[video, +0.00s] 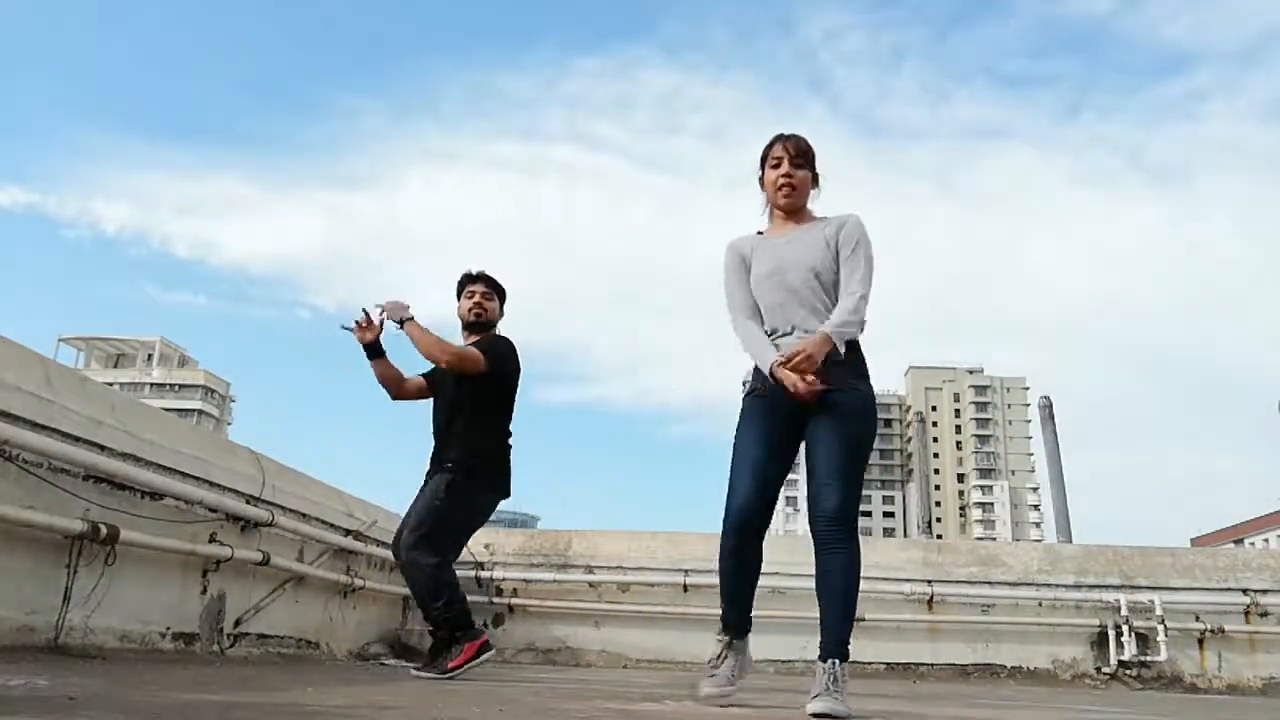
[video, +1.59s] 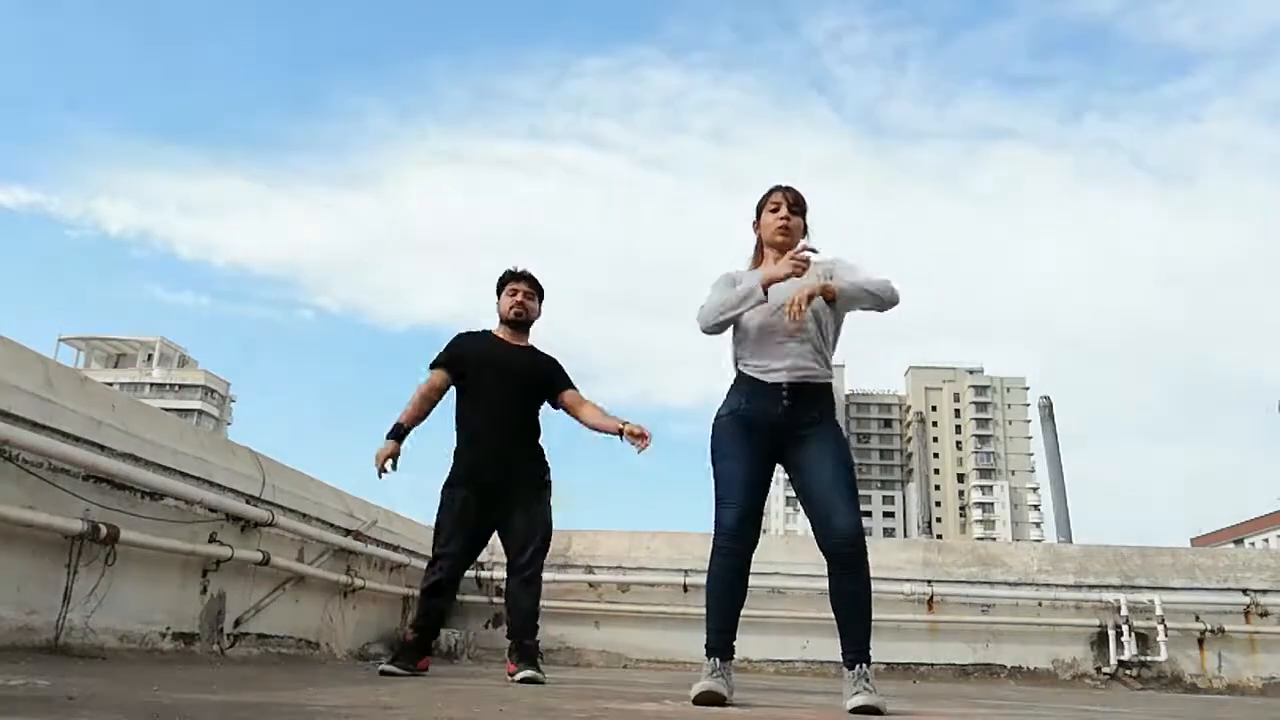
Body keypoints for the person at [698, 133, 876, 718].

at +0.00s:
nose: (786, 171)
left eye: (797, 164)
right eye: (776, 163)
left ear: (814, 179)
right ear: (762, 179)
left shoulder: (844, 229)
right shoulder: (741, 248)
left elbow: (855, 303)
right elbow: (743, 319)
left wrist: (823, 340)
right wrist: (780, 368)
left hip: (838, 383)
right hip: (770, 385)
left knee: (833, 519)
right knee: (742, 514)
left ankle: (832, 668)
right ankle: (733, 646)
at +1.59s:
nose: (784, 215)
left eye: (794, 209)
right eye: (775, 209)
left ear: (806, 229)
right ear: (756, 227)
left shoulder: (829, 270)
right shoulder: (738, 279)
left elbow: (887, 295)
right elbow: (708, 321)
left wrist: (825, 285)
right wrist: (767, 278)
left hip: (813, 417)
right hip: (746, 414)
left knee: (846, 538)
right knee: (734, 532)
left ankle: (858, 673)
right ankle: (717, 666)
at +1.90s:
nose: (785, 214)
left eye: (795, 209)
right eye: (775, 207)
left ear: (804, 228)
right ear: (755, 223)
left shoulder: (826, 280)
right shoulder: (728, 276)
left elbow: (848, 345)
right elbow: (676, 321)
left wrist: (883, 285)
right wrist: (716, 317)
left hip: (815, 415)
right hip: (747, 415)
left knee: (850, 535)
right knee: (732, 532)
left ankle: (859, 673)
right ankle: (717, 666)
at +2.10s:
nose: (785, 212)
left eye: (794, 207)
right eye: (775, 205)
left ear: (805, 224)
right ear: (756, 220)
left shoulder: (828, 280)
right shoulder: (730, 280)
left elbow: (853, 352)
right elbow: (715, 352)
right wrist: (688, 397)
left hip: (809, 413)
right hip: (740, 413)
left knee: (843, 534)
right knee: (729, 535)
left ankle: (858, 672)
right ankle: (717, 668)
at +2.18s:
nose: (785, 211)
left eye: (794, 205)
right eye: (774, 204)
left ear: (805, 222)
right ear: (756, 218)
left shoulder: (828, 278)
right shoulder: (730, 277)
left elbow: (849, 358)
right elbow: (713, 354)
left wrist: (867, 424)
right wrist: (690, 417)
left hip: (811, 408)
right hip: (740, 408)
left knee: (840, 535)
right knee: (732, 536)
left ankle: (857, 672)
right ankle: (718, 668)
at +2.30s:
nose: (786, 204)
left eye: (795, 198)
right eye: (776, 197)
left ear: (806, 216)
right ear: (757, 213)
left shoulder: (830, 274)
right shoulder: (730, 271)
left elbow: (834, 357)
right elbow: (712, 349)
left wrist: (831, 419)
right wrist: (696, 417)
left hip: (812, 407)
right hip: (742, 407)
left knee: (837, 536)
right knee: (736, 535)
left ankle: (857, 672)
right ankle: (718, 668)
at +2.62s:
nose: (788, 203)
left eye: (797, 198)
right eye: (777, 197)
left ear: (807, 217)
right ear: (757, 213)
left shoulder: (830, 275)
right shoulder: (731, 269)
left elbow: (840, 359)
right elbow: (706, 344)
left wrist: (853, 428)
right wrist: (680, 408)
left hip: (813, 412)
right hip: (742, 408)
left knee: (834, 536)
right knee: (737, 533)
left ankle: (855, 673)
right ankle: (717, 668)